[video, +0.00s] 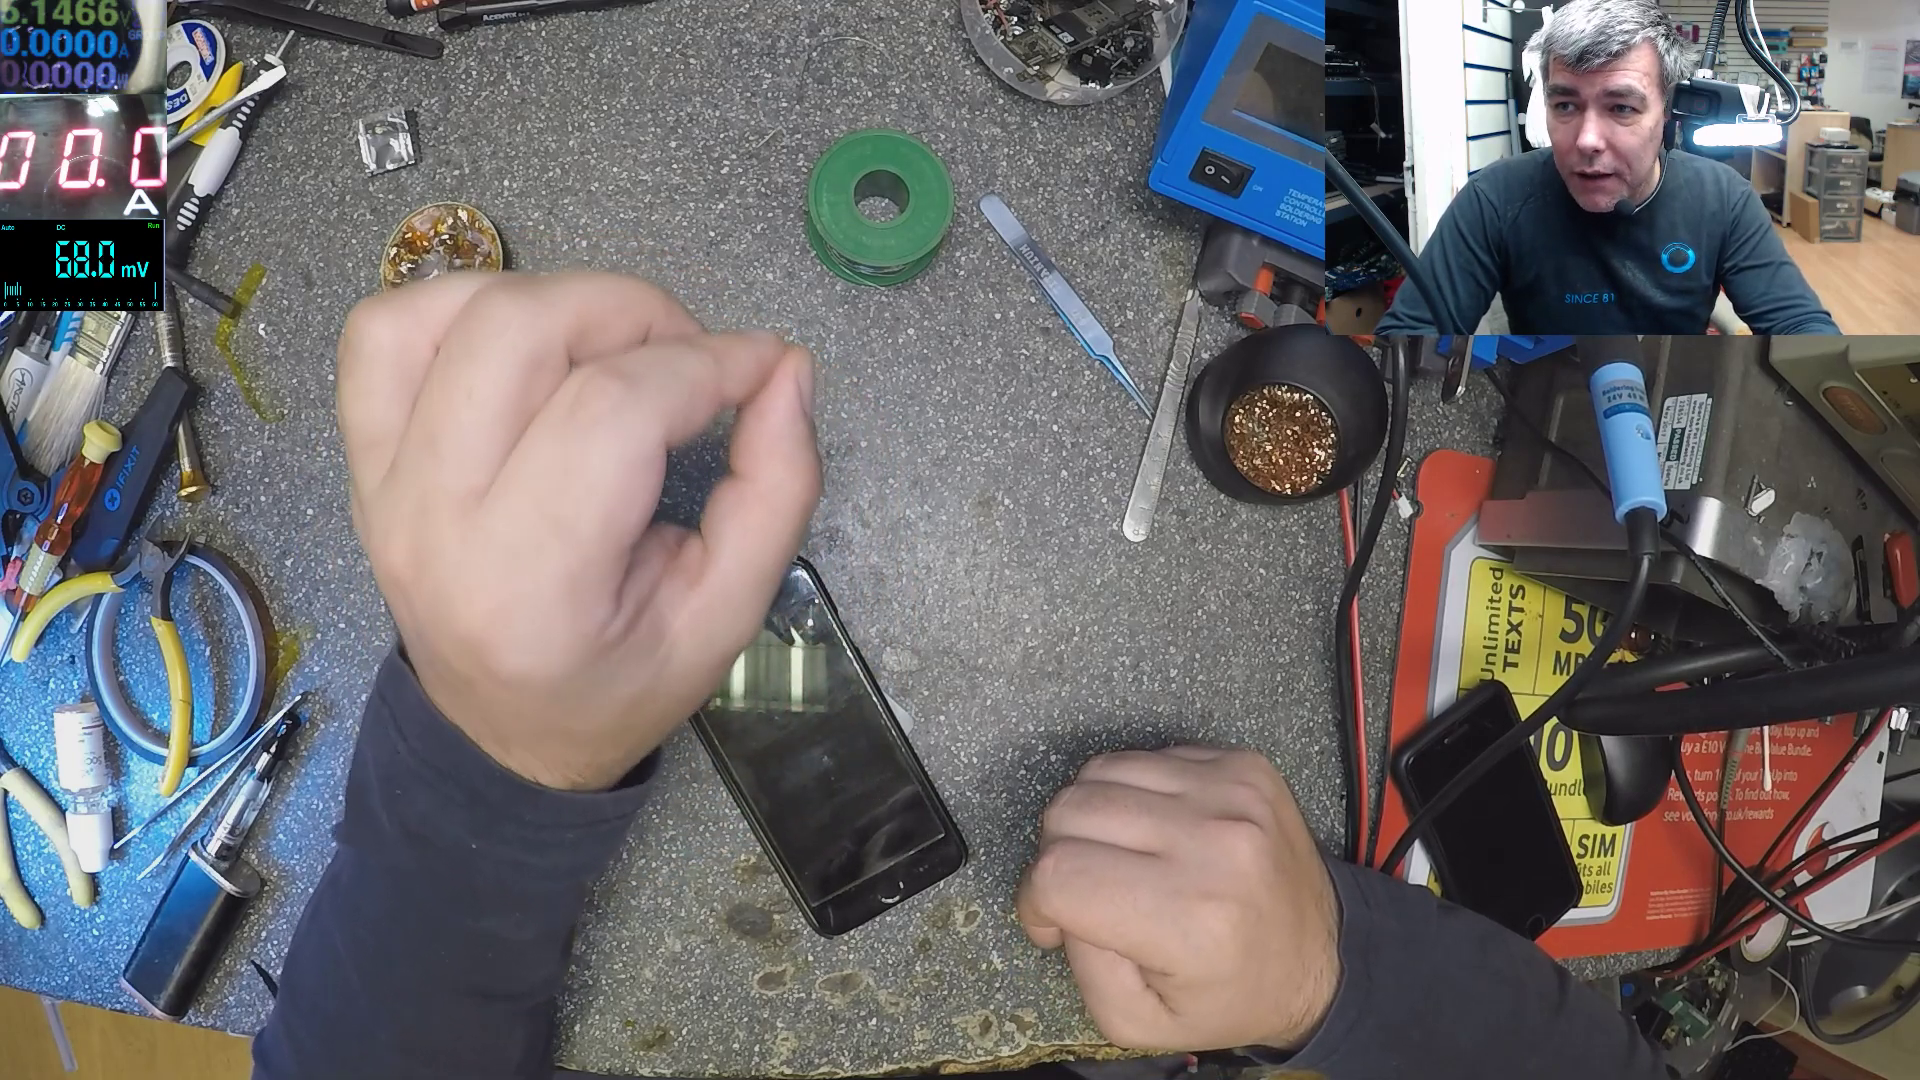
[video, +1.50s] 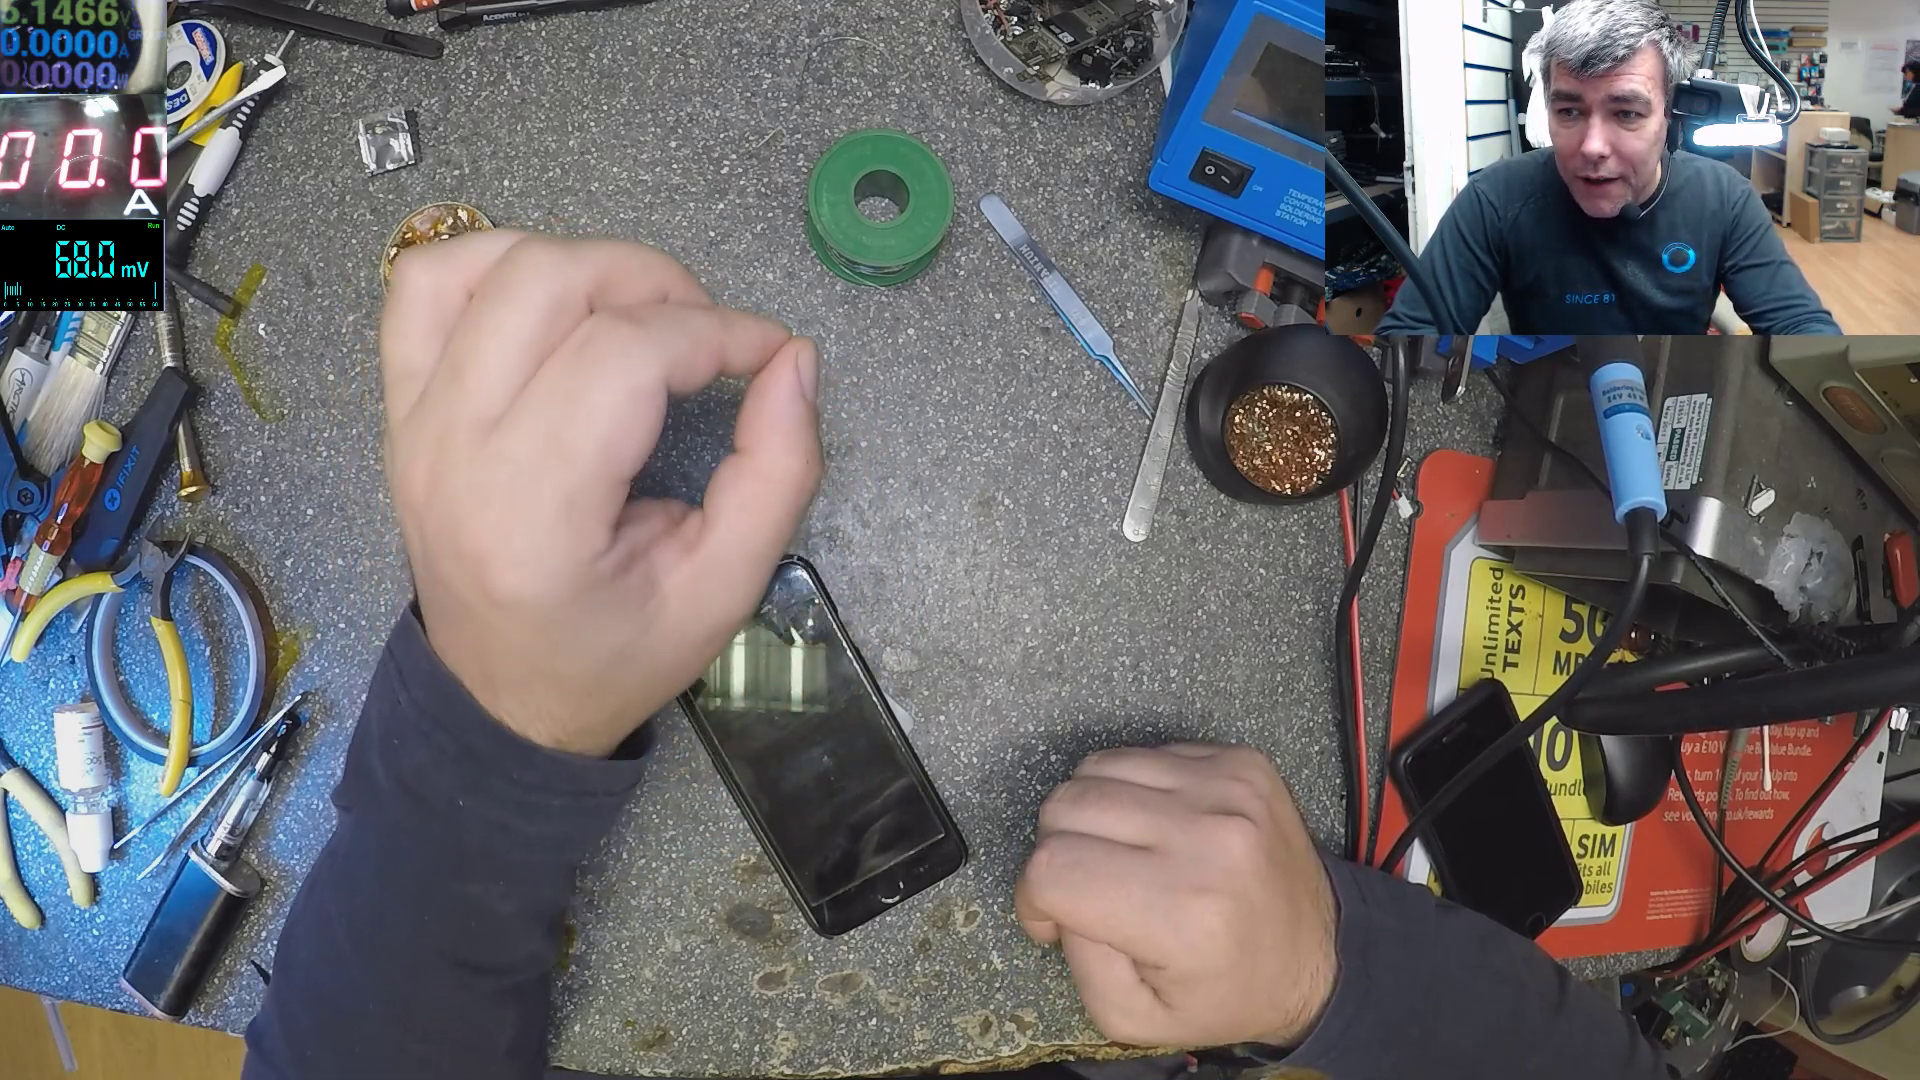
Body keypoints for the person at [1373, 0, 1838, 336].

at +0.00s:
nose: (1588, 142)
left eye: (1622, 110)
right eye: (1567, 106)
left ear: (1665, 116)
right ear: (1543, 109)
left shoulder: (1720, 199)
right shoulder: (1495, 203)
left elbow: (1802, 329)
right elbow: (1407, 338)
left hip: (1680, 423)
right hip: (1544, 424)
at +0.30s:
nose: (1599, 124)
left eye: (1629, 94)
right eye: (1575, 94)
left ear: (1668, 107)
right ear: (1549, 106)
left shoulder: (1721, 199)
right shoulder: (1495, 203)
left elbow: (1801, 327)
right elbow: (1407, 336)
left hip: (1682, 417)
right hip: (1544, 420)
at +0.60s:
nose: (1584, 146)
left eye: (1619, 114)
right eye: (1564, 109)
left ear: (1666, 116)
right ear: (1543, 109)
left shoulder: (1721, 200)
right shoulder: (1496, 203)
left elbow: (1803, 329)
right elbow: (1407, 335)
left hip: (1680, 420)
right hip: (1545, 422)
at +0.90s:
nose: (1588, 148)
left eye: (1623, 115)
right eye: (1566, 111)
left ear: (1665, 117)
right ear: (1543, 110)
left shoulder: (1721, 200)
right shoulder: (1496, 203)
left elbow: (1804, 329)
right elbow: (1406, 336)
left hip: (1681, 422)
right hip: (1545, 424)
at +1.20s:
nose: (1593, 154)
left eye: (1626, 119)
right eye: (1569, 116)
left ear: (1666, 118)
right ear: (1543, 114)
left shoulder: (1720, 199)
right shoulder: (1496, 203)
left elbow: (1802, 328)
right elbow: (1407, 336)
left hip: (1681, 421)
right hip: (1545, 424)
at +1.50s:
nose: (1593, 148)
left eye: (1626, 114)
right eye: (1570, 110)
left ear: (1666, 116)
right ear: (1545, 111)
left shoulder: (1721, 199)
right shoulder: (1496, 203)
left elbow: (1801, 326)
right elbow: (1407, 336)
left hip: (1682, 422)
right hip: (1546, 424)